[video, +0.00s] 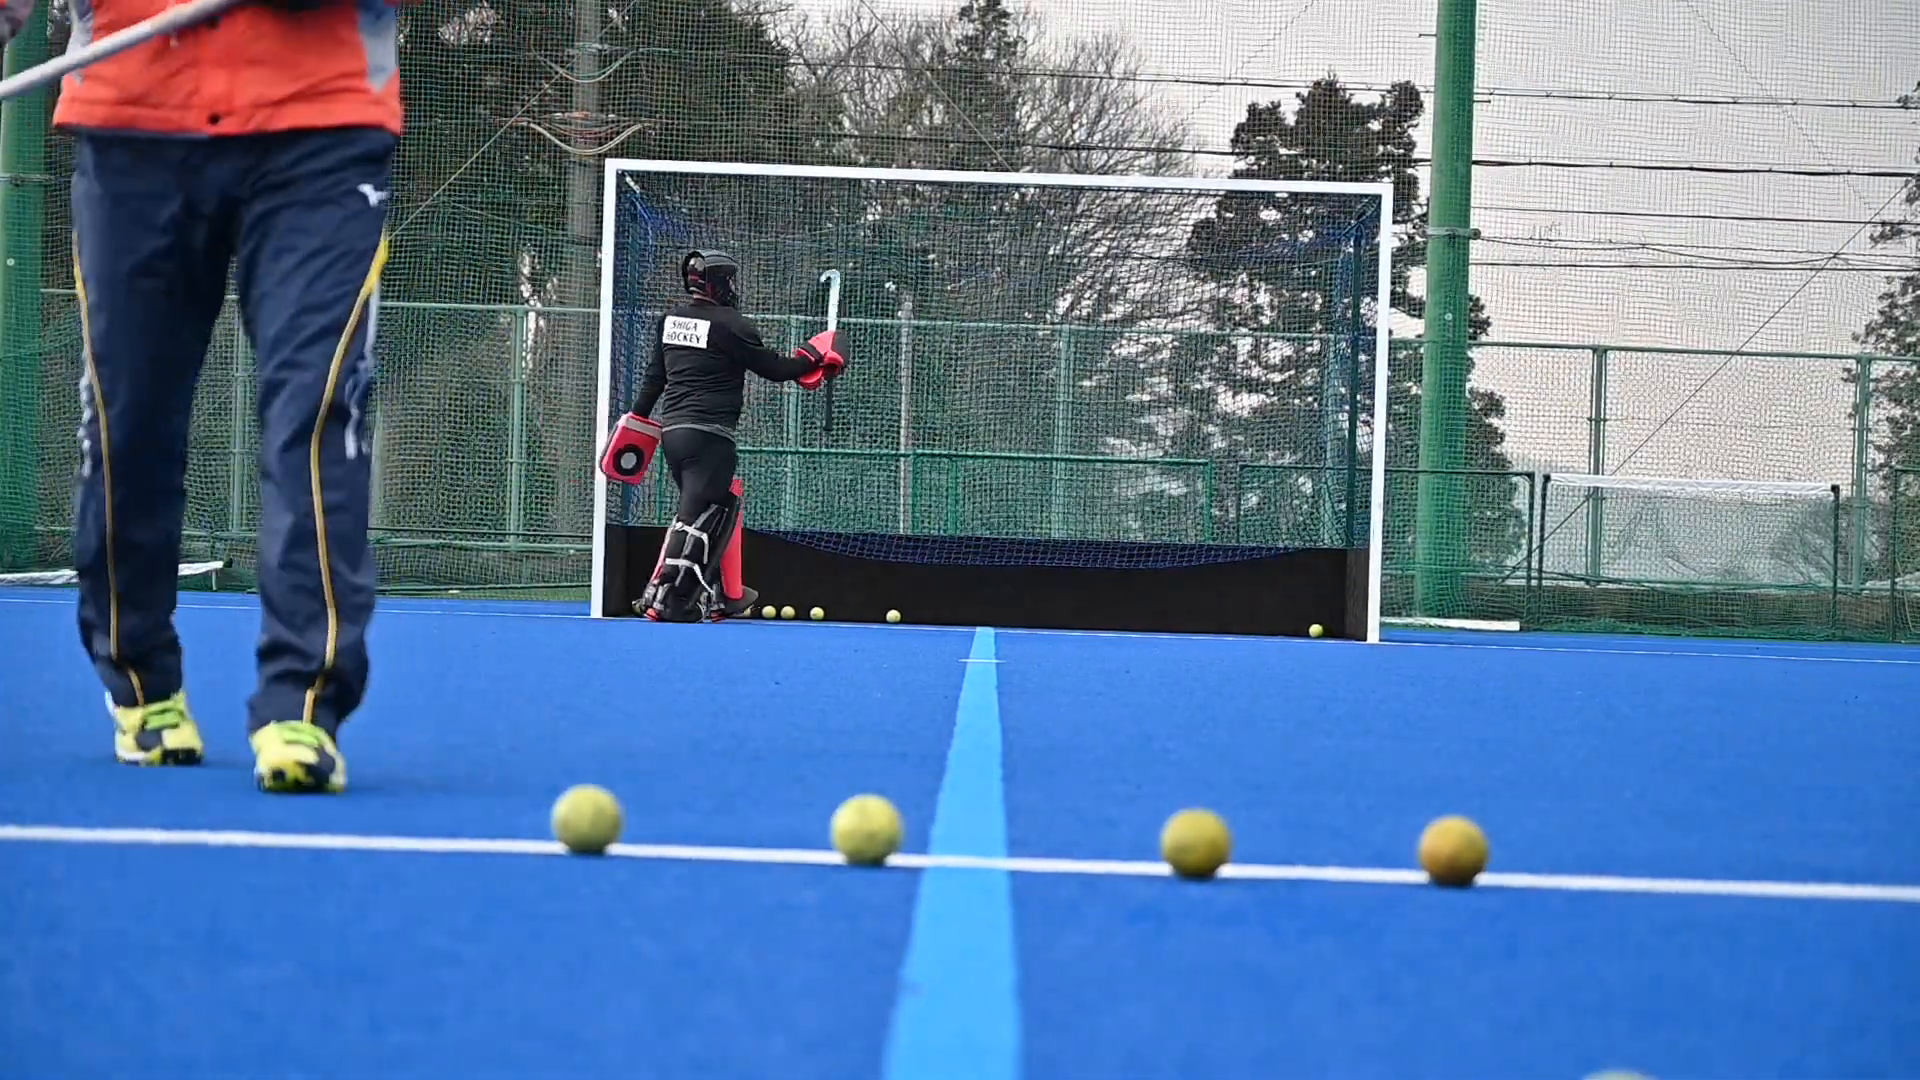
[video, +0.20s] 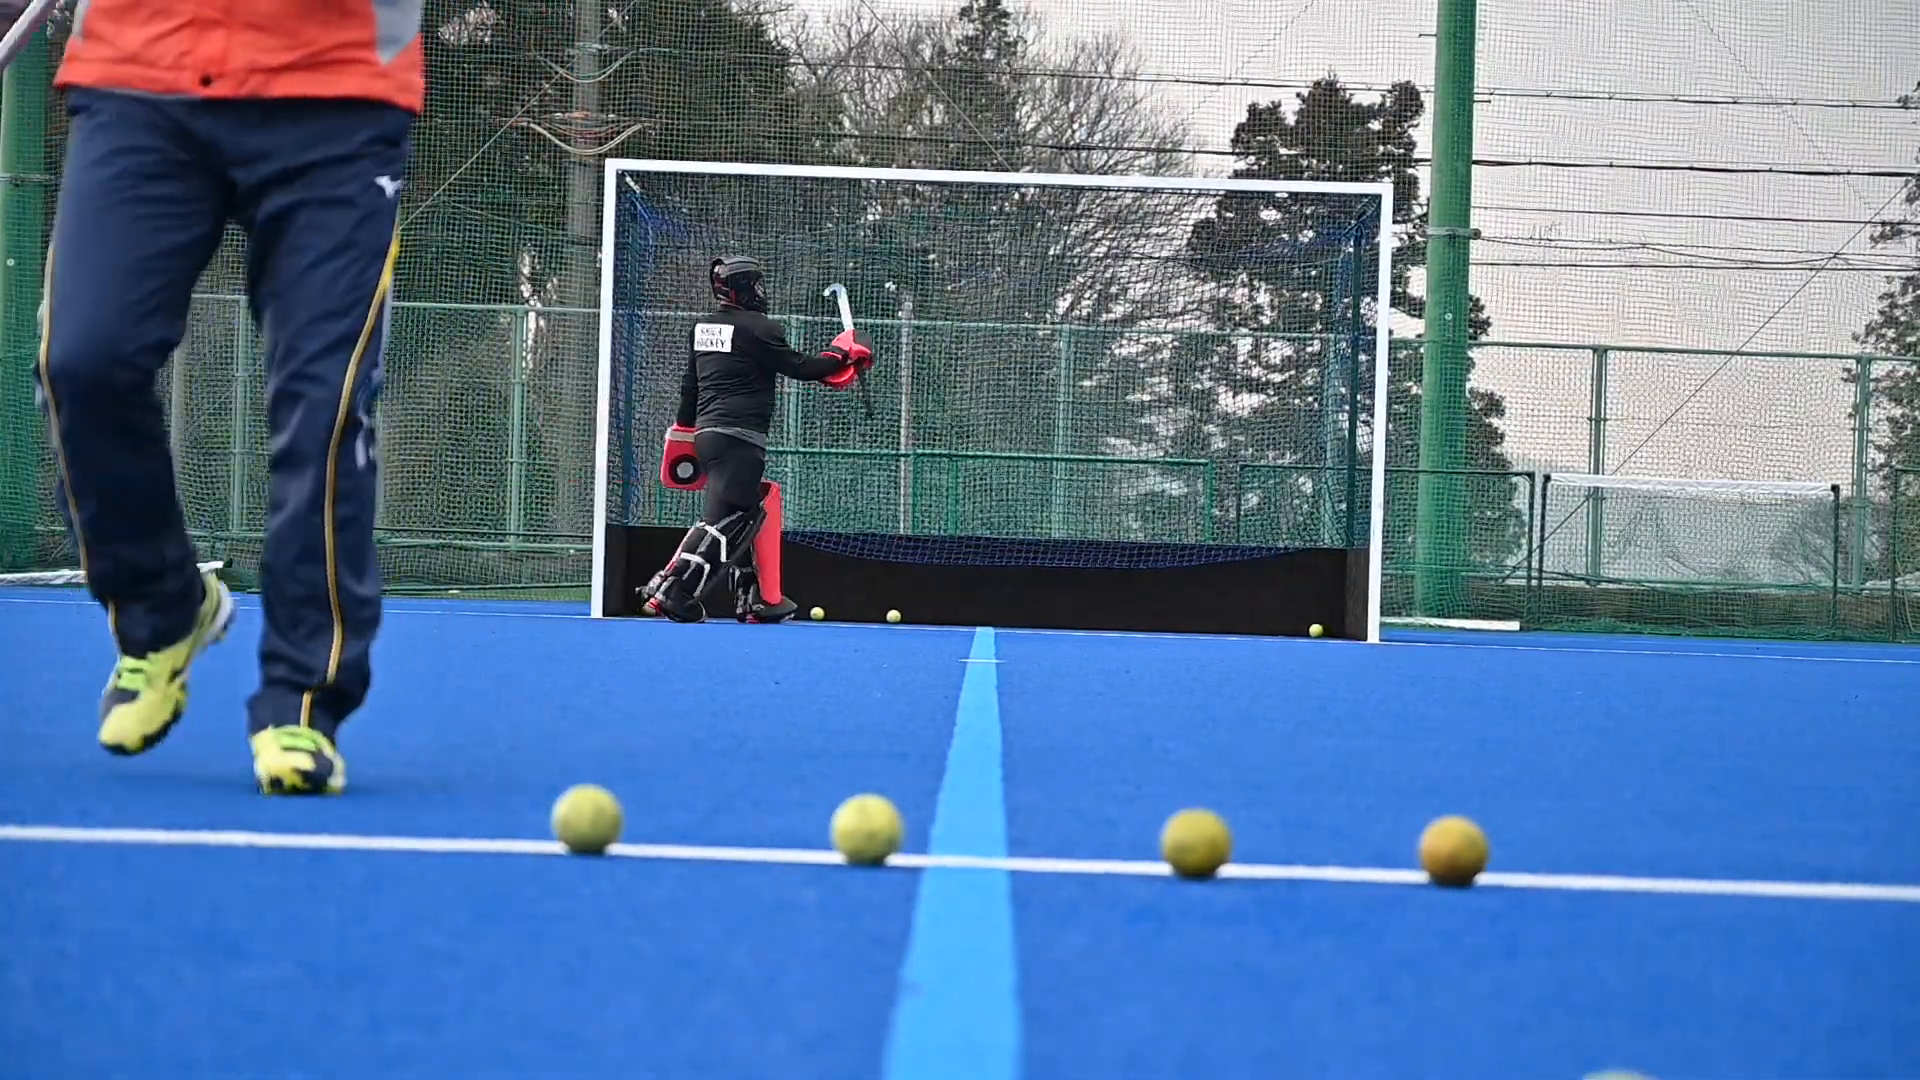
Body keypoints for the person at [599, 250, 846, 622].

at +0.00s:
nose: (734, 286)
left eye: (732, 280)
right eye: (730, 280)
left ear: (695, 284)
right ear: (718, 284)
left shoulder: (672, 320)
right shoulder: (732, 324)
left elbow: (654, 379)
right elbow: (775, 369)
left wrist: (634, 424)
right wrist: (814, 357)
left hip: (674, 434)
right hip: (709, 435)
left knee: (718, 510)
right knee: (689, 520)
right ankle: (665, 599)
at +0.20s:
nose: (761, 291)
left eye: (759, 284)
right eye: (756, 285)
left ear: (725, 291)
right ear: (742, 289)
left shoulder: (703, 327)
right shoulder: (760, 328)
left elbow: (691, 386)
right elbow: (799, 366)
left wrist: (684, 427)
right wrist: (841, 358)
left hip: (707, 436)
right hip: (740, 439)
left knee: (744, 515)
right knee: (718, 522)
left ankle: (750, 596)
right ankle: (675, 591)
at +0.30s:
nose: (777, 291)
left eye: (774, 284)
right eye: (771, 285)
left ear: (737, 291)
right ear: (758, 289)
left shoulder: (718, 329)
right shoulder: (769, 325)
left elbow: (714, 389)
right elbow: (815, 361)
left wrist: (712, 435)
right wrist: (858, 353)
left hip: (727, 437)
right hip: (756, 439)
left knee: (753, 521)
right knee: (760, 526)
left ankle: (752, 599)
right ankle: (688, 577)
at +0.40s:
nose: (789, 290)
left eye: (787, 284)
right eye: (784, 284)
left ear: (751, 291)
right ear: (772, 288)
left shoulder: (738, 327)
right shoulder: (781, 325)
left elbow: (808, 353)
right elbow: (830, 354)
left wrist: (860, 357)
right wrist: (877, 347)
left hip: (738, 438)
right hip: (769, 438)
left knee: (771, 521)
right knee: (793, 518)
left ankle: (771, 601)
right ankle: (719, 567)